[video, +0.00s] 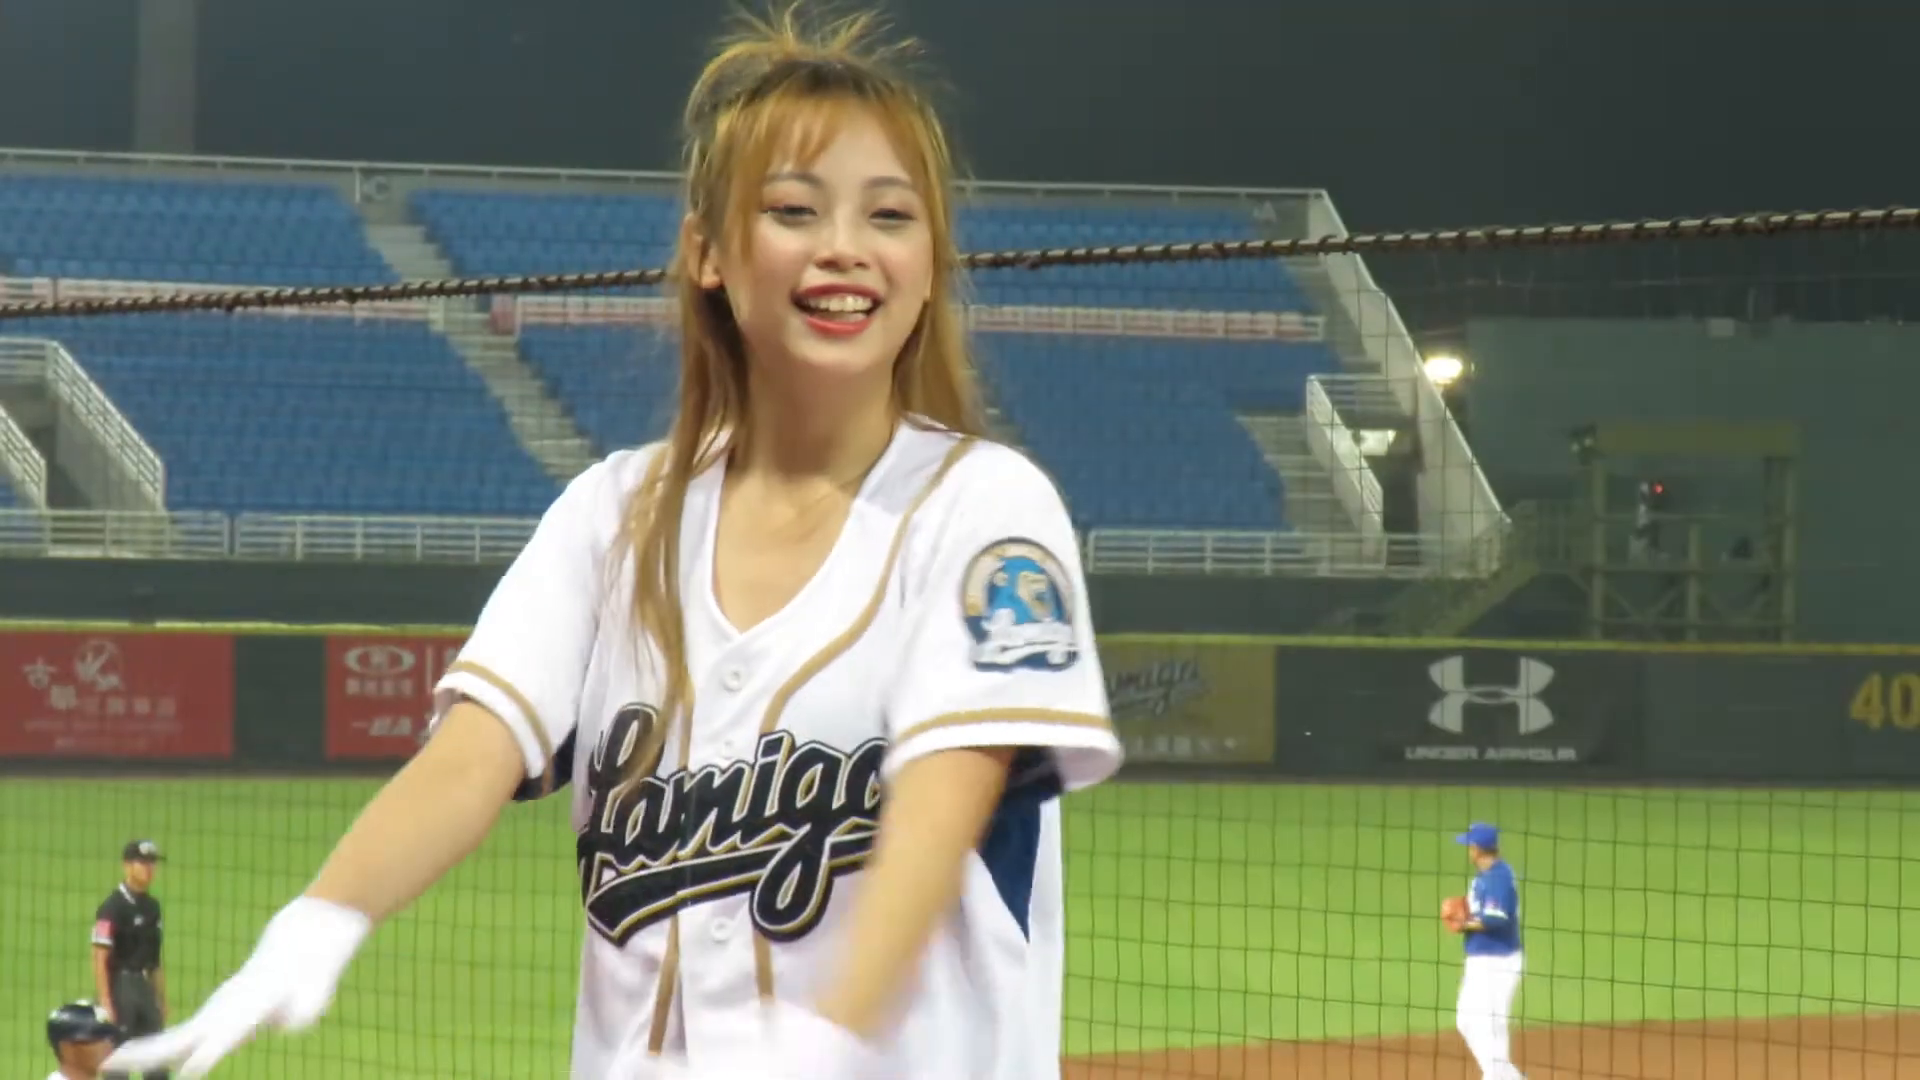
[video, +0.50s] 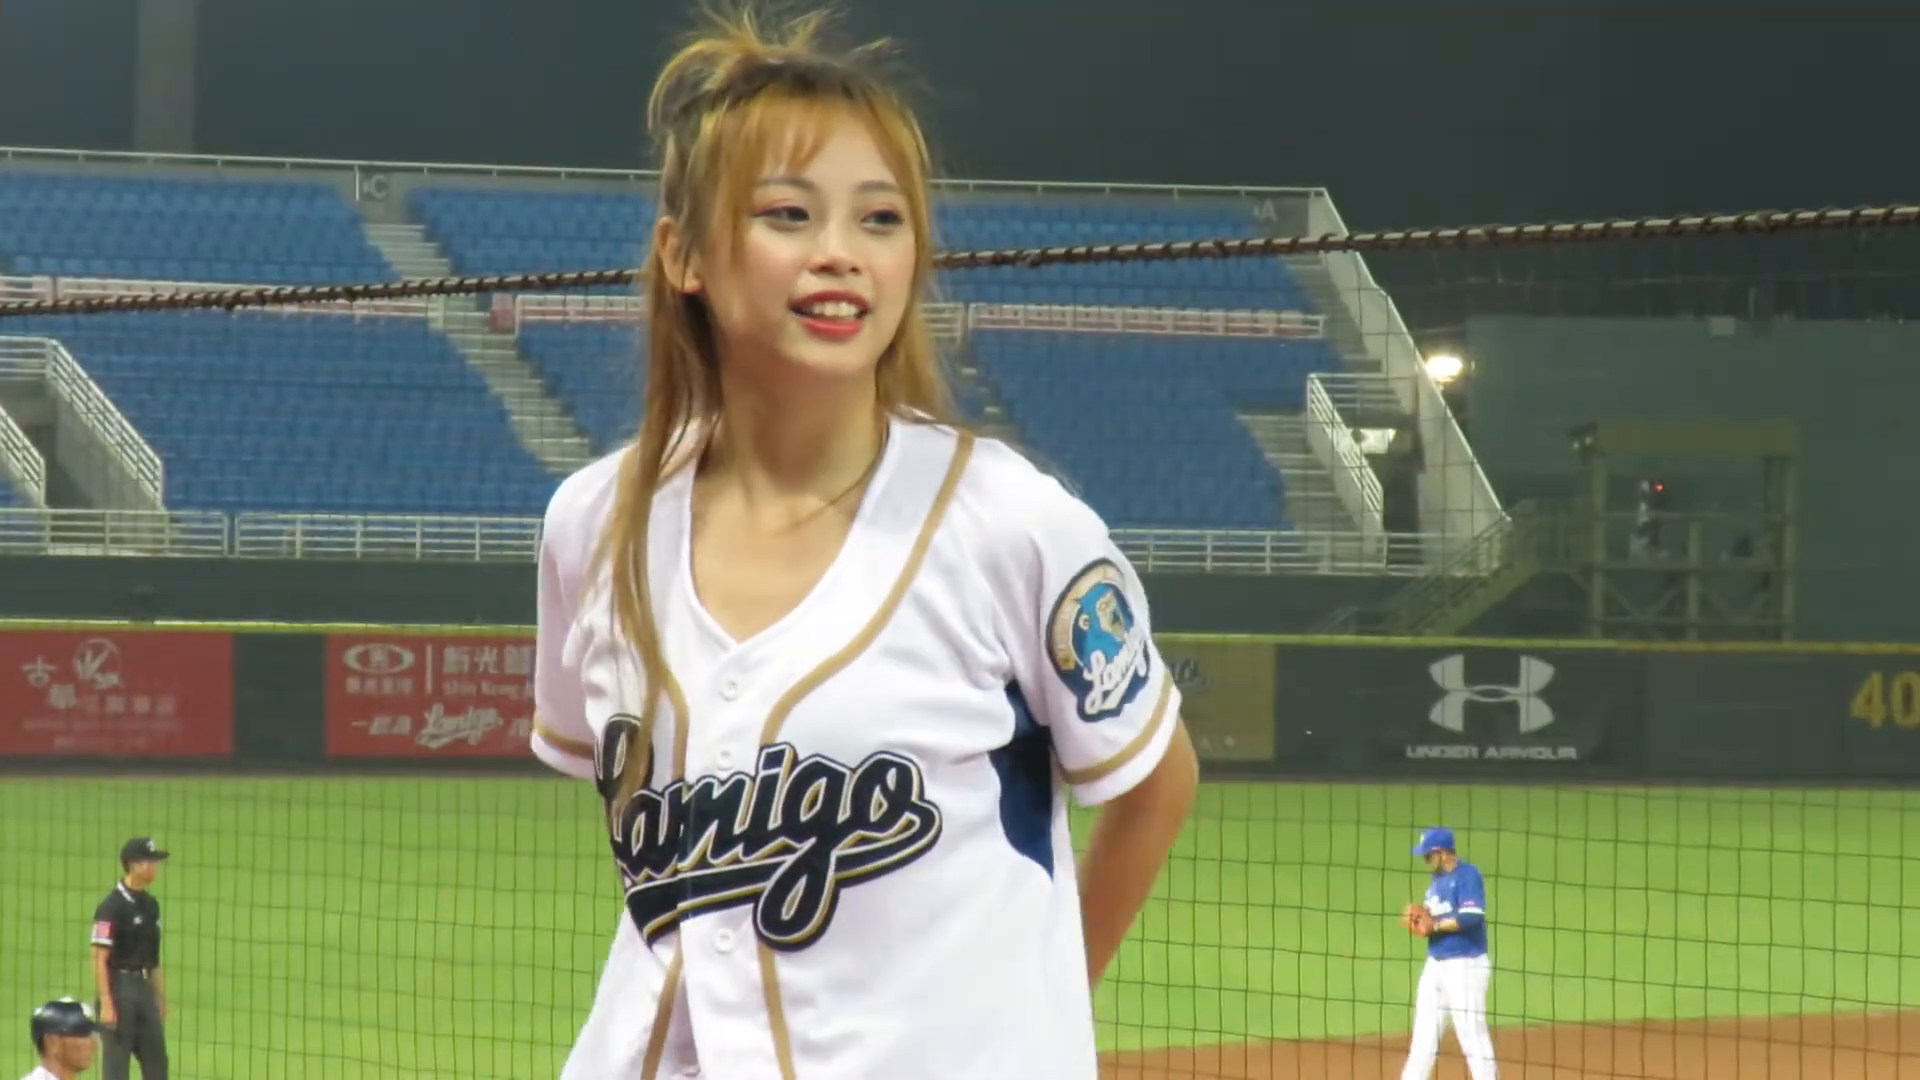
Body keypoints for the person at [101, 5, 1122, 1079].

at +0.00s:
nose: (847, 248)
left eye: (888, 214)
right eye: (797, 210)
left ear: (933, 260)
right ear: (714, 255)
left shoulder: (987, 505)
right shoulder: (614, 509)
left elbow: (936, 815)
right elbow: (474, 750)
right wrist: (320, 926)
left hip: (905, 1049)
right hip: (645, 1054)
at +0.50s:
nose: (841, 257)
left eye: (880, 219)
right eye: (788, 214)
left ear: (916, 263)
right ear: (688, 260)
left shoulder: (1019, 527)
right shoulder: (597, 523)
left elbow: (1156, 782)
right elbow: (632, 795)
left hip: (966, 1052)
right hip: (674, 1047)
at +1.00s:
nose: (881, 261)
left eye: (917, 226)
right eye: (830, 215)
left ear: (948, 266)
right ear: (717, 248)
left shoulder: (1028, 506)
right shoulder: (614, 500)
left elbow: (1152, 814)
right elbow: (646, 809)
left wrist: (1071, 1051)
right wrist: (749, 1028)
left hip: (977, 1055)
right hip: (687, 1054)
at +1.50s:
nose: (885, 252)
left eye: (921, 215)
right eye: (833, 208)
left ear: (956, 260)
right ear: (724, 247)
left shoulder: (1039, 490)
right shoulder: (616, 496)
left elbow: (1127, 827)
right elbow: (656, 812)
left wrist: (1066, 1055)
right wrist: (763, 1029)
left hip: (984, 1054)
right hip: (689, 1053)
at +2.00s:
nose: (860, 250)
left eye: (900, 212)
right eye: (806, 207)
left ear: (938, 258)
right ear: (714, 253)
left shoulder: (1040, 507)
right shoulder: (626, 513)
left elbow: (1134, 848)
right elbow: (662, 838)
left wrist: (1090, 1064)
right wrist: (767, 1041)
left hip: (989, 1055)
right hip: (701, 1055)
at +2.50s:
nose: (680, 253)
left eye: (701, 218)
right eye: (692, 217)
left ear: (797, 259)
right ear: (796, 261)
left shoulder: (979, 529)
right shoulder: (726, 502)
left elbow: (1122, 884)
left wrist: (1086, 1075)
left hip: (908, 1059)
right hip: (679, 1057)